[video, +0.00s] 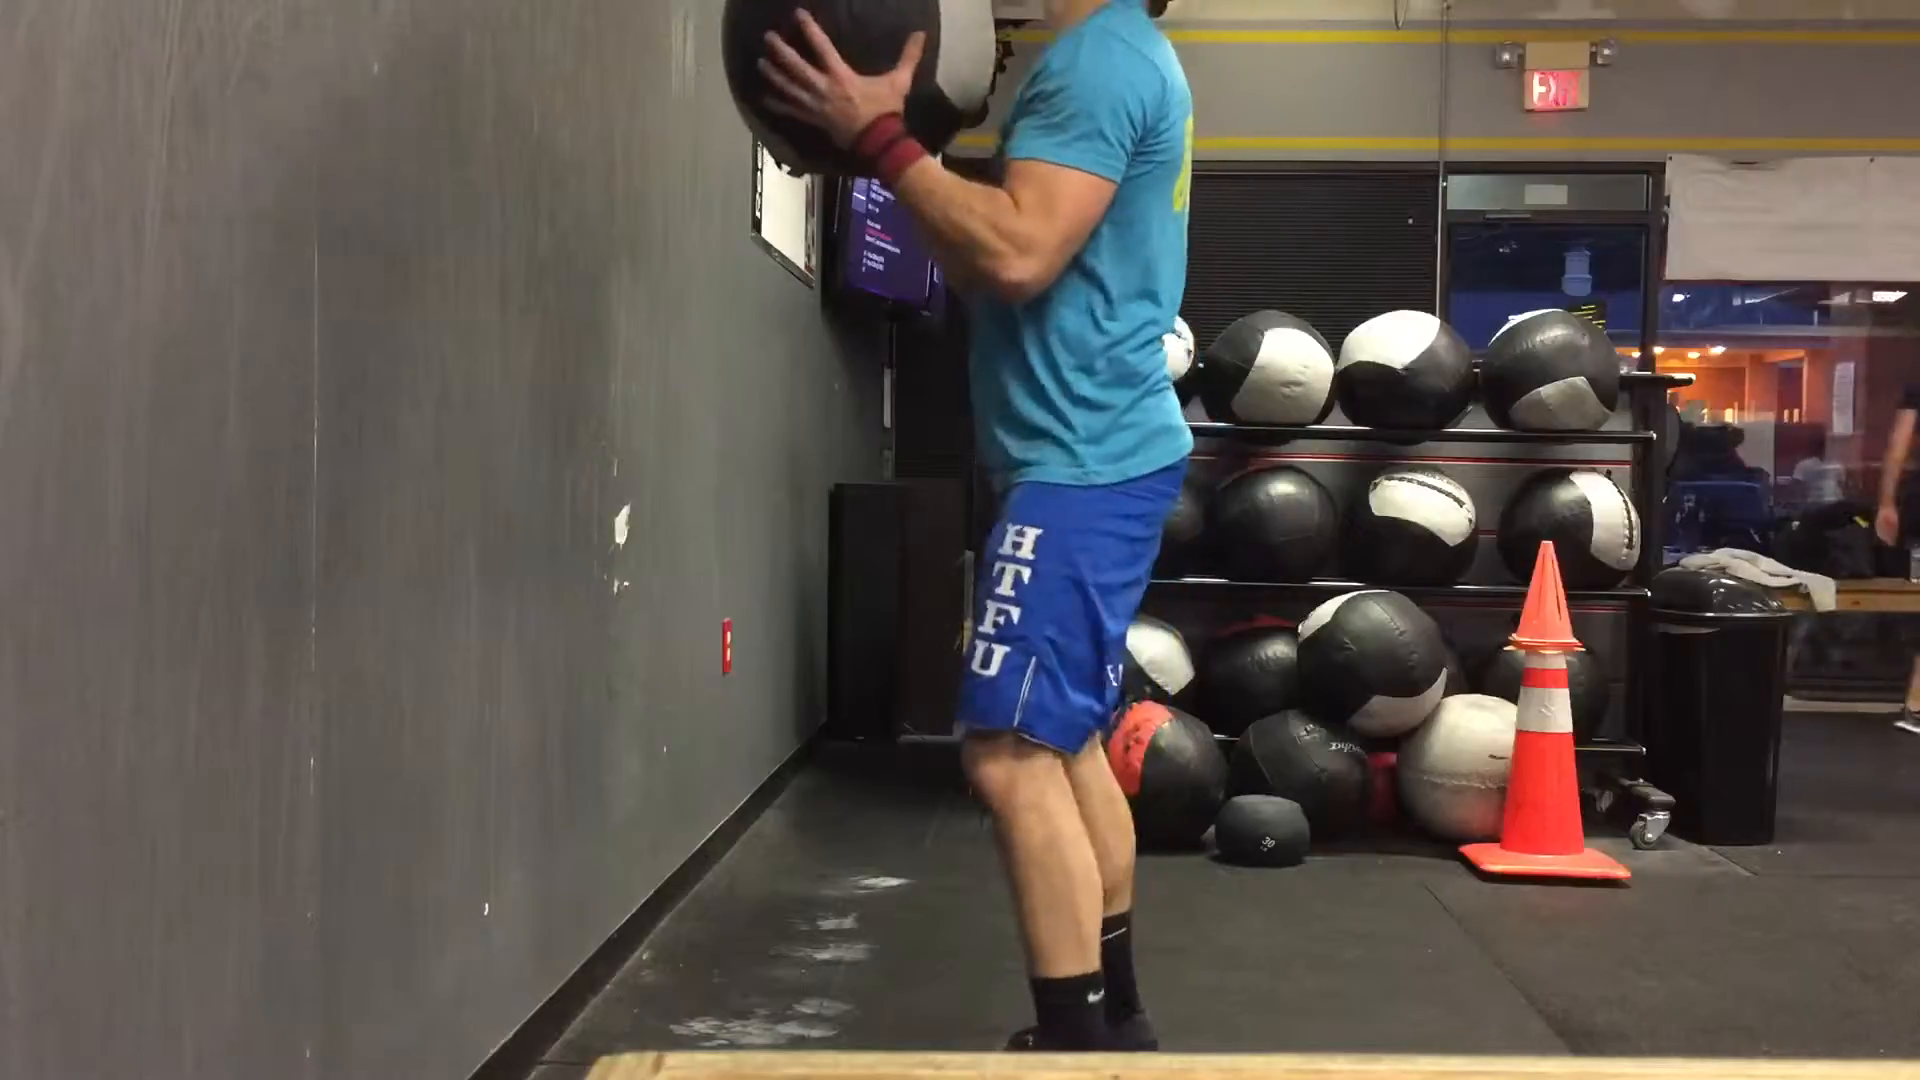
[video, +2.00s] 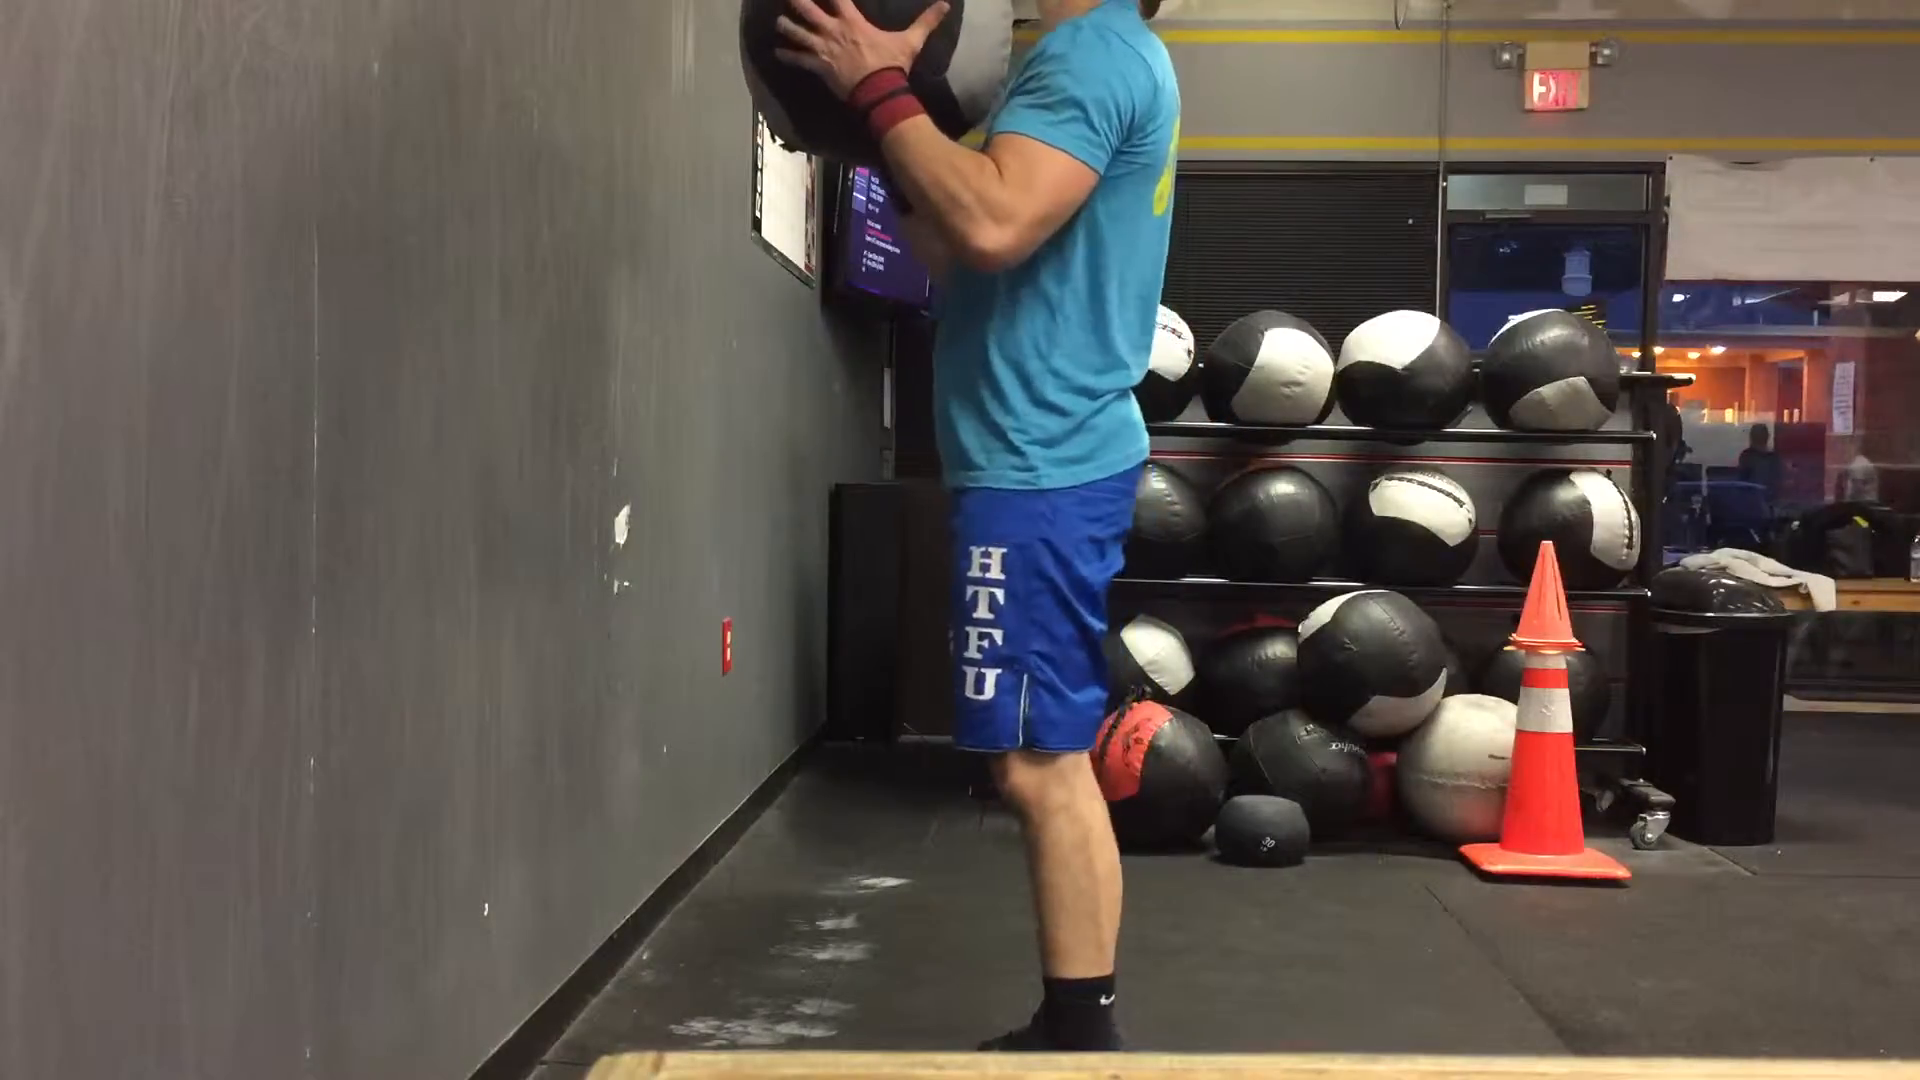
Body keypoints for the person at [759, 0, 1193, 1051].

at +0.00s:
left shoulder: (1106, 60)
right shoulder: (1077, 54)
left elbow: (1018, 252)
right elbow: (1002, 213)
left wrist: (883, 140)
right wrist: (876, 144)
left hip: (1087, 460)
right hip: (1077, 453)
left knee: (1011, 752)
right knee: (1065, 737)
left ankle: (1070, 1040)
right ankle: (1110, 1007)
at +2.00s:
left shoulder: (1098, 57)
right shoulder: (1074, 53)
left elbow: (992, 226)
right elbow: (953, 241)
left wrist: (882, 87)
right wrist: (892, 101)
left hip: (1043, 467)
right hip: (1033, 463)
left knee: (1040, 765)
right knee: (1046, 762)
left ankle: (1079, 1026)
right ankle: (1079, 1020)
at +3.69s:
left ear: (1058, 2)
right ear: (1069, 13)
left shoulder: (1048, 104)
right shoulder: (1063, 108)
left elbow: (889, 257)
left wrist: (788, 136)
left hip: (1157, 511)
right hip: (1147, 506)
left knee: (971, 782)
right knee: (1018, 784)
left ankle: (1067, 1038)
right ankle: (1066, 1028)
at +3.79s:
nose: (961, 87)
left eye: (986, 73)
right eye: (976, 68)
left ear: (1036, 117)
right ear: (1036, 122)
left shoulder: (1036, 240)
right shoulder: (1040, 231)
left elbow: (872, 397)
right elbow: (896, 383)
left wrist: (773, 267)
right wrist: (788, 277)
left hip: (1192, 613)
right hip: (1173, 600)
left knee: (933, 806)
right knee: (983, 795)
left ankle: (1054, 1039)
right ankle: (1065, 1023)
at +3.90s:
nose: (940, 225)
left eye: (965, 214)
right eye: (956, 208)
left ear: (1013, 263)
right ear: (1015, 269)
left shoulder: (1018, 390)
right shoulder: (1028, 371)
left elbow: (869, 567)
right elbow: (891, 538)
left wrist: (766, 428)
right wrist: (781, 427)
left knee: (900, 841)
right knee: (924, 764)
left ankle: (1046, 1046)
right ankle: (1063, 1016)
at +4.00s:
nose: (929, 336)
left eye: (952, 323)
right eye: (943, 319)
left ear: (1004, 369)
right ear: (1004, 373)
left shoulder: (1010, 505)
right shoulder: (1026, 483)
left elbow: (867, 700)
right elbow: (889, 661)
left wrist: (762, 559)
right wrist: (782, 555)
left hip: (1190, 830)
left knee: (888, 853)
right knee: (911, 775)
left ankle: (1042, 1050)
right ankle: (1066, 1028)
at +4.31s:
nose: (939, 275)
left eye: (963, 261)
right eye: (953, 257)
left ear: (1019, 305)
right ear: (1018, 310)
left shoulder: (1029, 435)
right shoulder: (1048, 412)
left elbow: (900, 623)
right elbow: (911, 586)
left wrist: (783, 503)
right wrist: (789, 492)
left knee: (920, 826)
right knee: (947, 754)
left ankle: (1052, 1051)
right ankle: (1064, 1016)